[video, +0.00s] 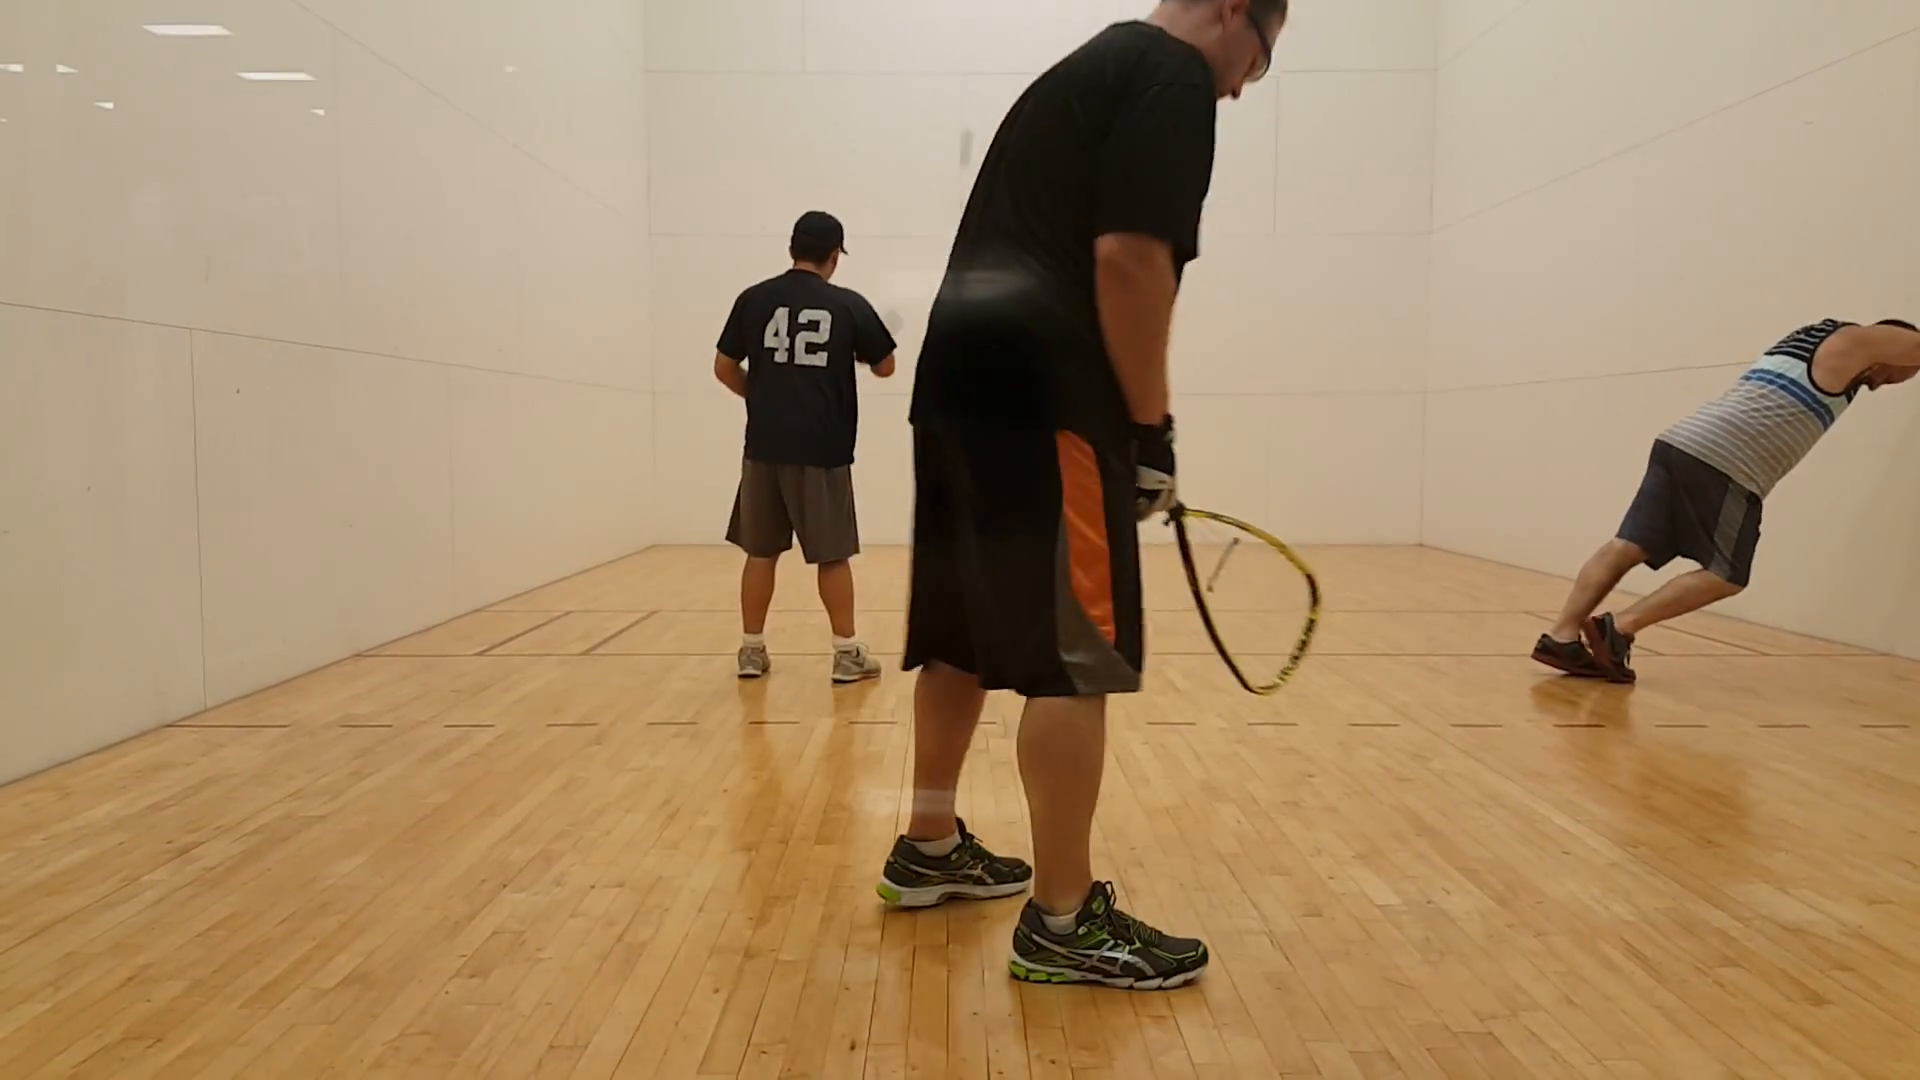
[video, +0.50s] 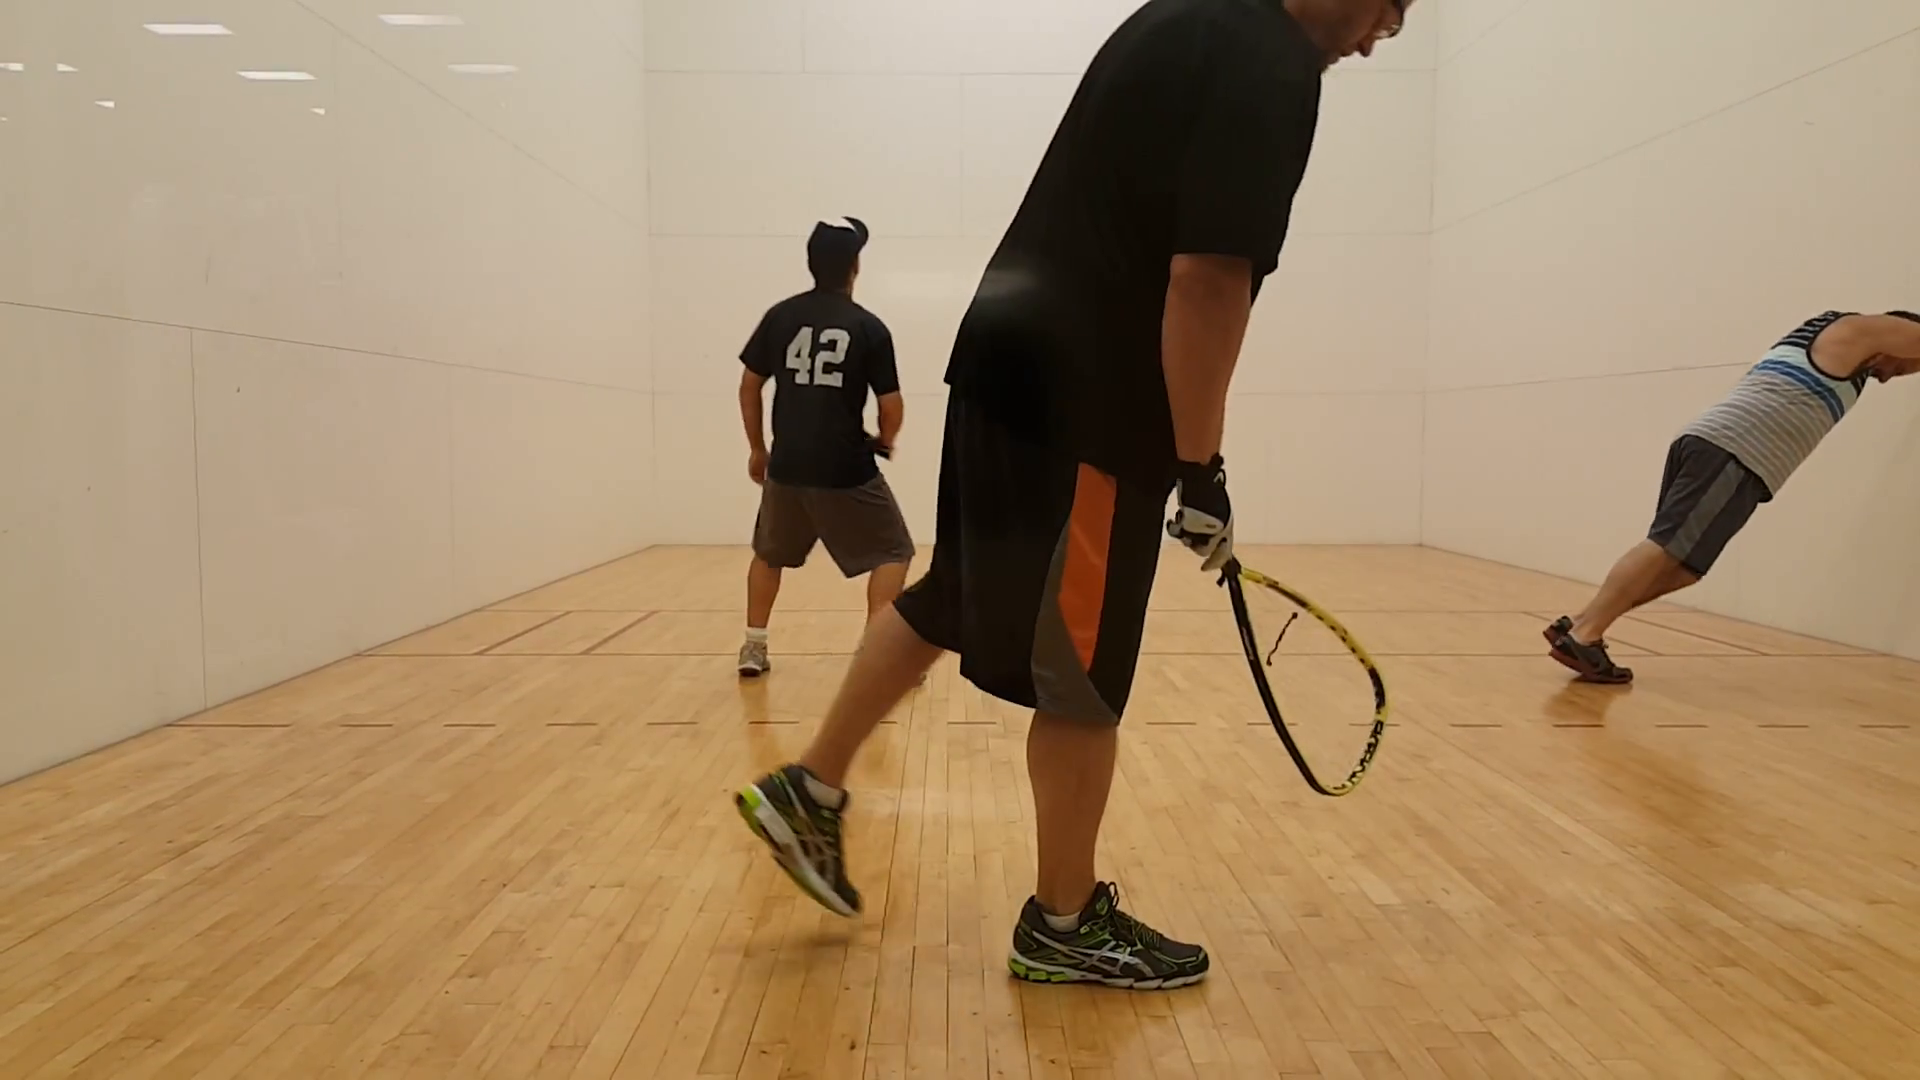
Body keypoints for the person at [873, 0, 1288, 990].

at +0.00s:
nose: (1252, 81)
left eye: (1261, 66)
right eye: (1259, 56)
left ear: (1185, 7)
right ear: (1229, 11)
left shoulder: (1085, 70)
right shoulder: (1170, 78)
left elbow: (1035, 257)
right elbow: (1130, 259)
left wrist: (1117, 428)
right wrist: (1152, 426)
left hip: (958, 390)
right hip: (1046, 397)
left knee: (958, 619)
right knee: (1074, 658)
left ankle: (928, 842)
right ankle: (1065, 917)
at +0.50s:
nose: (1385, 34)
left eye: (1394, 21)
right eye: (1390, 11)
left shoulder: (1181, 22)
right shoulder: (1266, 60)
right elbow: (1206, 280)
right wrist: (1201, 472)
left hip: (1007, 371)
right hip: (1098, 403)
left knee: (951, 593)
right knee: (1082, 665)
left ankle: (811, 786)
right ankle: (1065, 916)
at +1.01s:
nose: (1505, 192)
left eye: (1524, 176)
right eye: (1523, 165)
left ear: (1459, 78)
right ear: (1493, 110)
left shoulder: (1281, 56)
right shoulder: (1378, 242)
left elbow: (1111, 145)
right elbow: (1326, 462)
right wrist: (1296, 652)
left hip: (978, 310)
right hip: (1086, 390)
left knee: (855, 463)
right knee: (1115, 655)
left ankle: (624, 536)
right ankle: (1068, 926)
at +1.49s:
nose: (1514, 308)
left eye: (1534, 295)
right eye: (1533, 284)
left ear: (1481, 186)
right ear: (1505, 224)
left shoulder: (1319, 122)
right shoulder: (1360, 338)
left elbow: (1145, 164)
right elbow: (1304, 545)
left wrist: (1083, 246)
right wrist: (1272, 724)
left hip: (986, 296)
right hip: (1063, 398)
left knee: (827, 408)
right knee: (1079, 663)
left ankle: (591, 385)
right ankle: (1064, 920)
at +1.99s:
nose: (1499, 337)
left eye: (1521, 326)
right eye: (1523, 314)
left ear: (1478, 213)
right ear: (1506, 249)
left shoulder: (1325, 140)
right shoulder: (1375, 342)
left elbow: (1151, 171)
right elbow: (1319, 563)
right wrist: (1283, 733)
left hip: (978, 301)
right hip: (1058, 396)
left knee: (832, 446)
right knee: (1077, 657)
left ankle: (588, 444)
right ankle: (1064, 920)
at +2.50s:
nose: (1480, 398)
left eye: (1501, 387)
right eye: (1503, 379)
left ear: (1481, 276)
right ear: (1499, 315)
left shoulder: (1342, 197)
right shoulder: (1377, 383)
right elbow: (1318, 604)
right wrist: (1283, 778)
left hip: (977, 298)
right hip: (1064, 399)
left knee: (835, 474)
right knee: (1081, 662)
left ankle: (574, 527)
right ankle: (1062, 922)